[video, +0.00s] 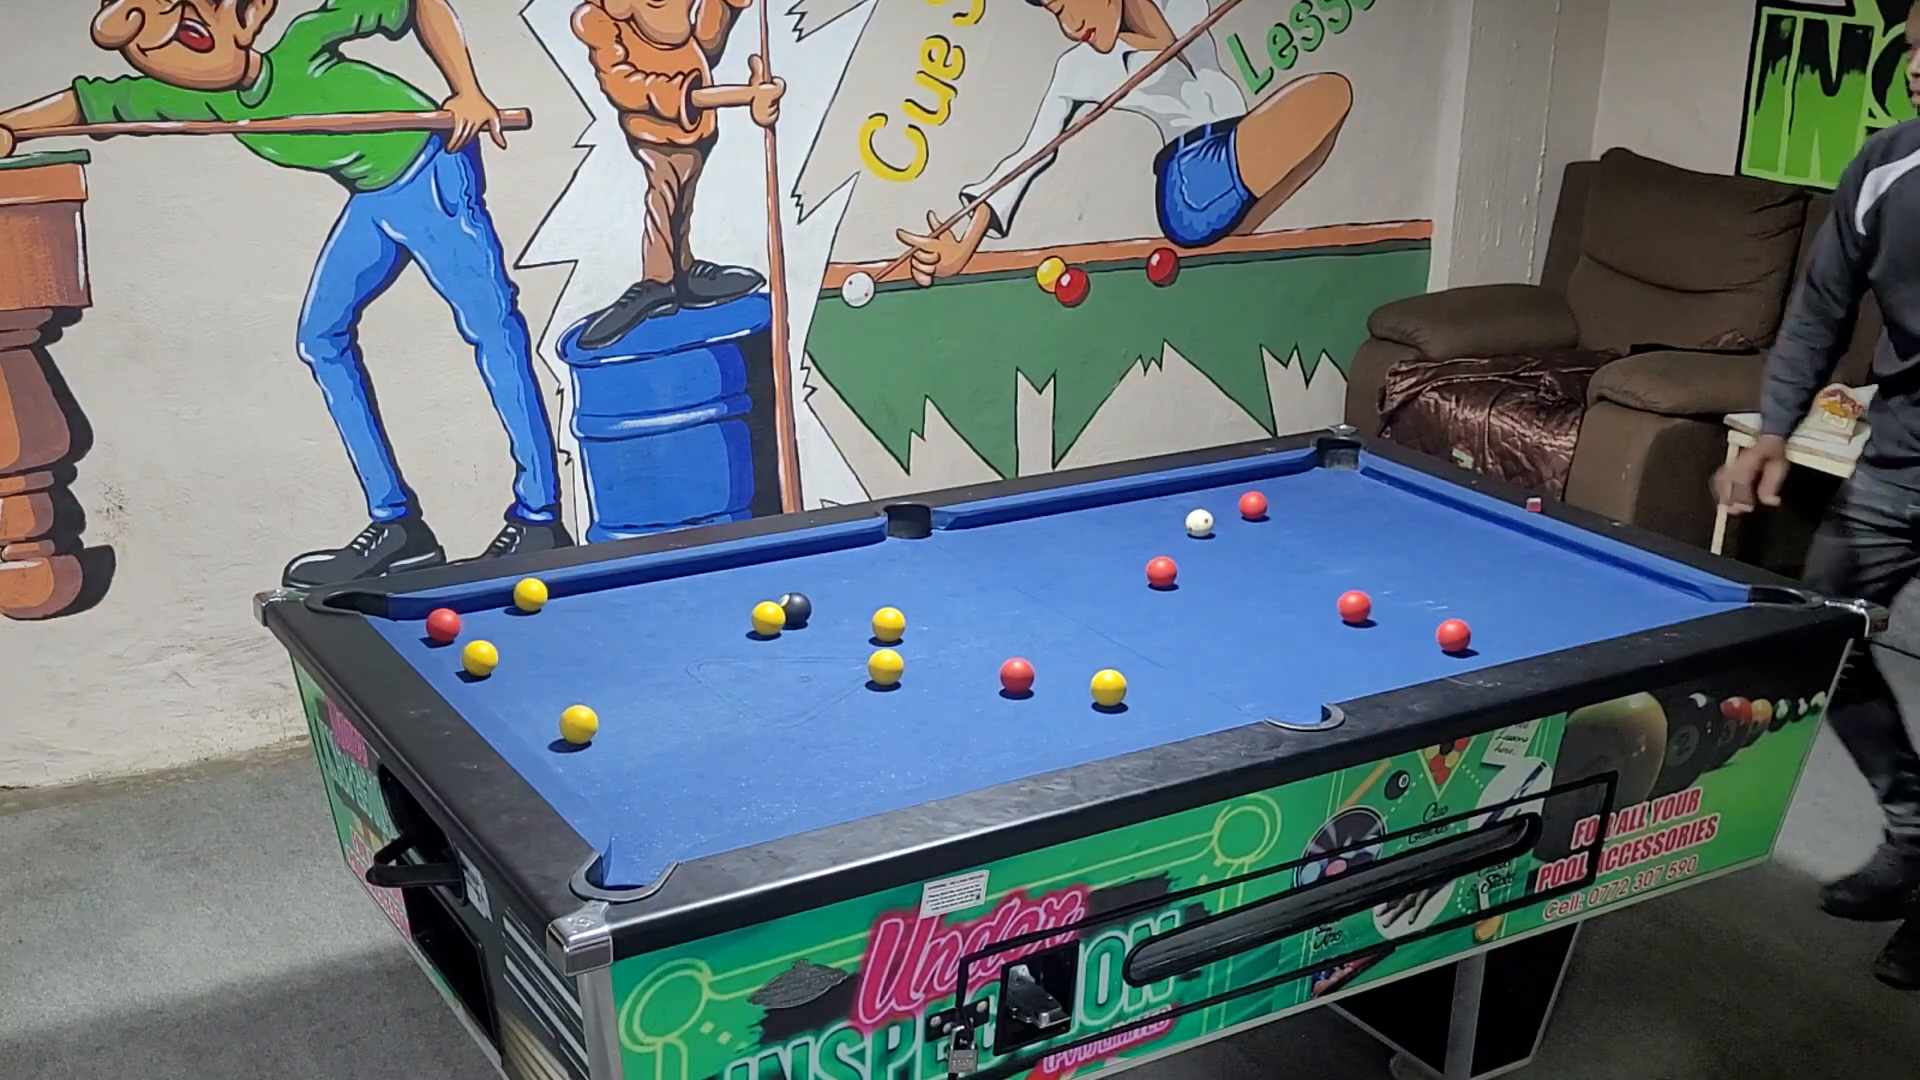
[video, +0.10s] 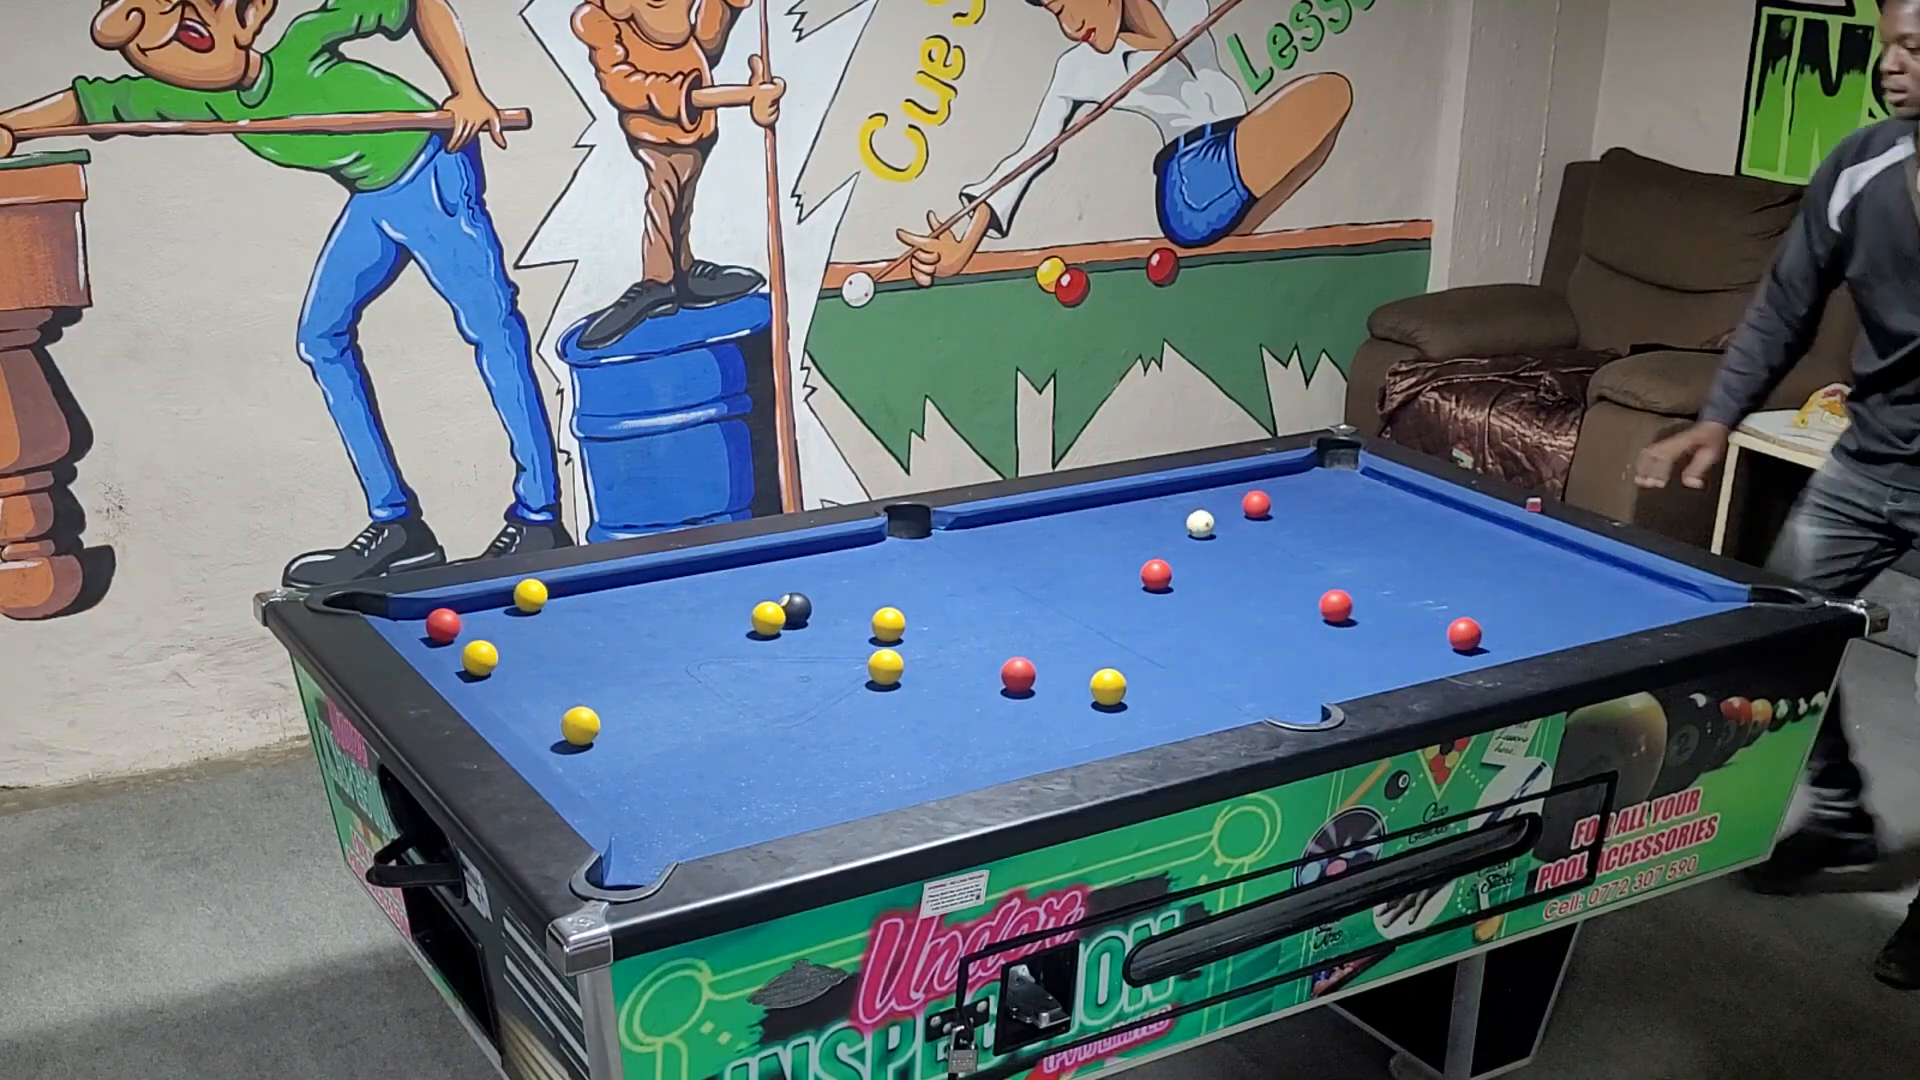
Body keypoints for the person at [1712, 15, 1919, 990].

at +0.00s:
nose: (1916, 70)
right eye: (1909, 52)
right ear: (1899, 62)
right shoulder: (1886, 164)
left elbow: (1819, 305)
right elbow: (1820, 306)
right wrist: (1772, 431)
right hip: (1900, 459)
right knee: (1820, 625)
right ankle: (1910, 820)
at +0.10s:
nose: (1892, 61)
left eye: (1909, 44)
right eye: (1885, 44)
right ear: (1877, 54)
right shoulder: (1861, 166)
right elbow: (1786, 298)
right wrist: (1718, 416)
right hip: (1876, 452)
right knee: (1782, 609)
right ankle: (1839, 809)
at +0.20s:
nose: (1851, 63)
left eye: (1874, 42)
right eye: (1845, 44)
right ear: (1841, 52)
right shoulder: (1821, 170)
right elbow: (1744, 300)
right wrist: (1668, 411)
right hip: (1839, 453)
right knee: (1741, 638)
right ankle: (1712, 824)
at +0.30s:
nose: (1796, 70)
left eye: (1820, 49)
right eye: (1788, 50)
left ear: (1887, 49)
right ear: (1784, 52)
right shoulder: (1772, 177)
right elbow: (1696, 309)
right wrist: (1623, 426)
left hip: (1913, 469)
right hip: (1802, 455)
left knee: (1919, 690)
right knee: (1716, 648)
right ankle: (1681, 832)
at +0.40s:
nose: (1736, 79)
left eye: (1758, 59)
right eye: (1728, 60)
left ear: (1824, 57)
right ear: (1719, 66)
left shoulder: (1903, 153)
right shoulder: (1705, 193)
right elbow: (1649, 330)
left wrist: (1915, 420)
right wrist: (1596, 444)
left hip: (1881, 462)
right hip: (1754, 454)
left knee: (1896, 685)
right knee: (1693, 654)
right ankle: (1677, 840)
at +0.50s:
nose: (1686, 84)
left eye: (1706, 64)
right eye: (1676, 66)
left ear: (1768, 63)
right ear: (1669, 72)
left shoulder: (1865, 152)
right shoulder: (1658, 191)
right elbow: (1613, 330)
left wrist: (1918, 448)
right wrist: (1581, 447)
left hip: (1841, 456)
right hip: (1708, 447)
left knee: (1870, 673)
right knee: (1666, 651)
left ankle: (1908, 876)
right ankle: (1672, 837)